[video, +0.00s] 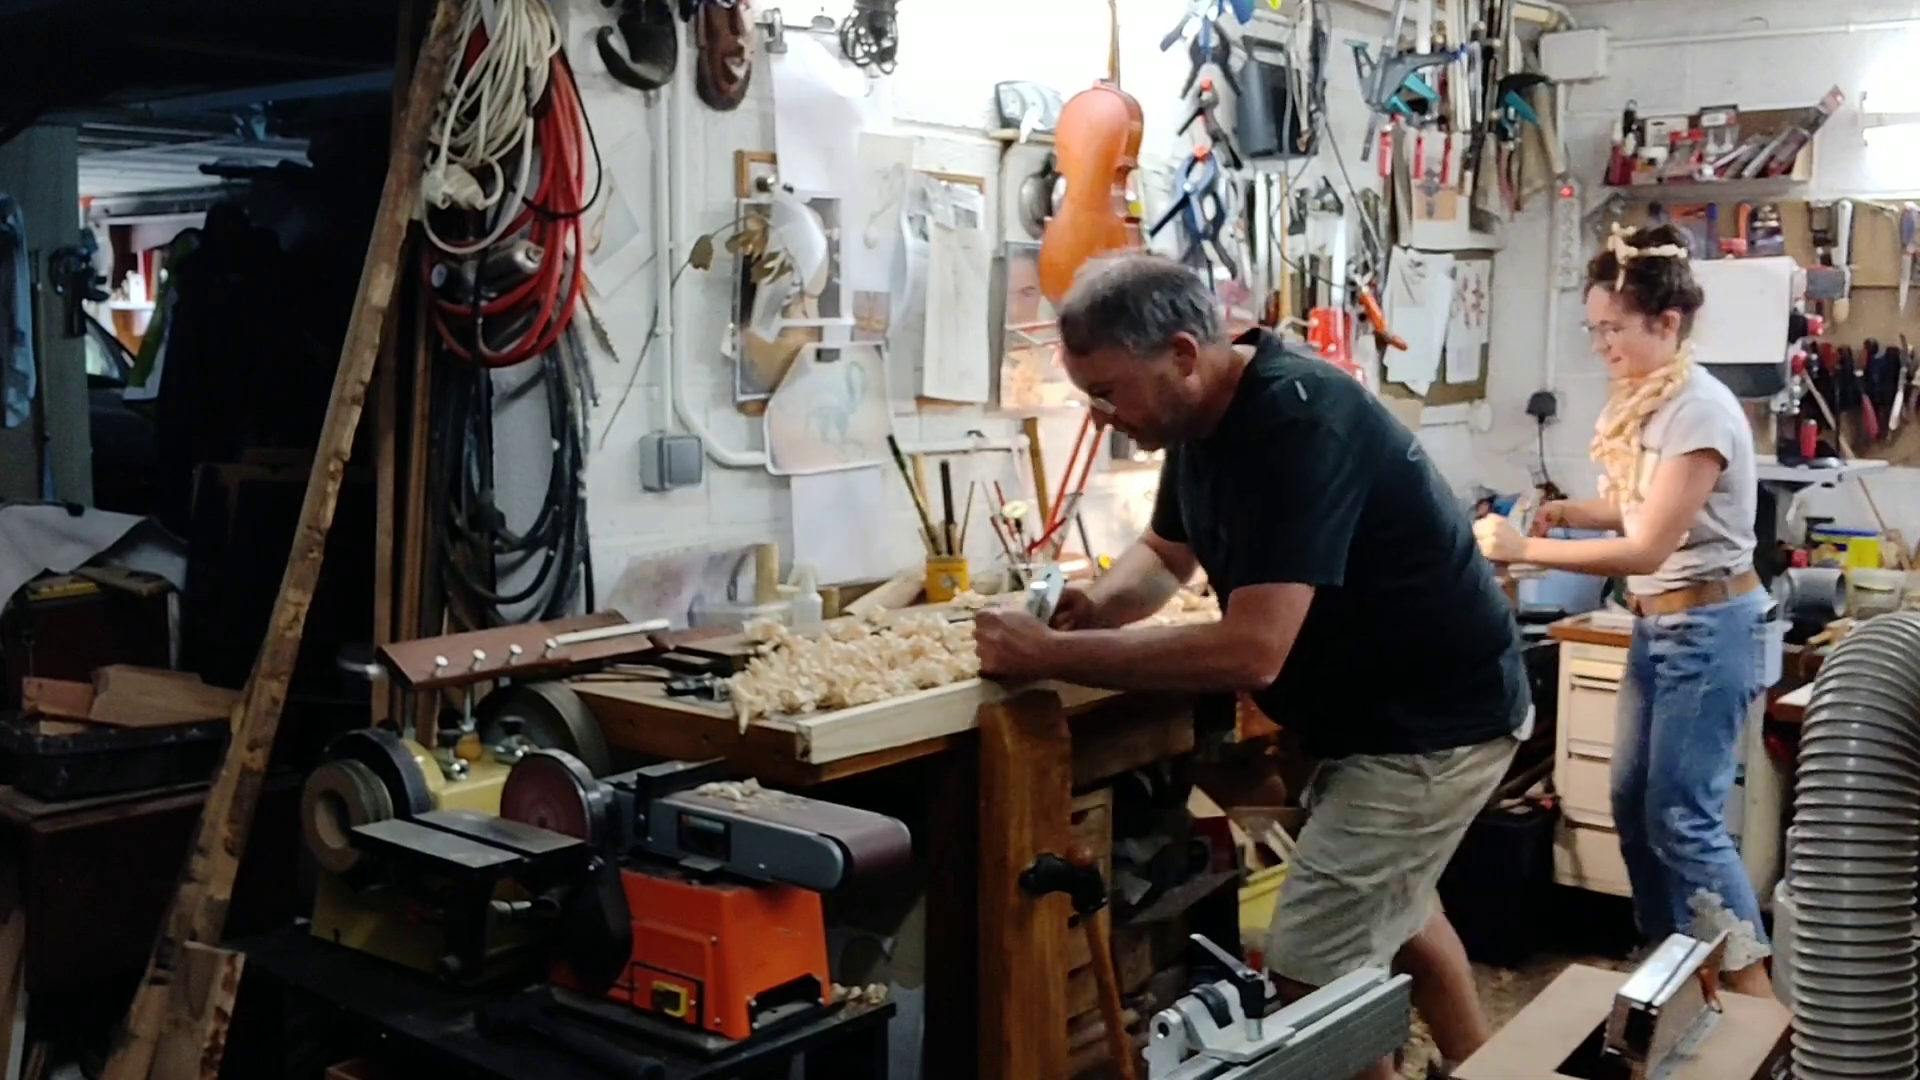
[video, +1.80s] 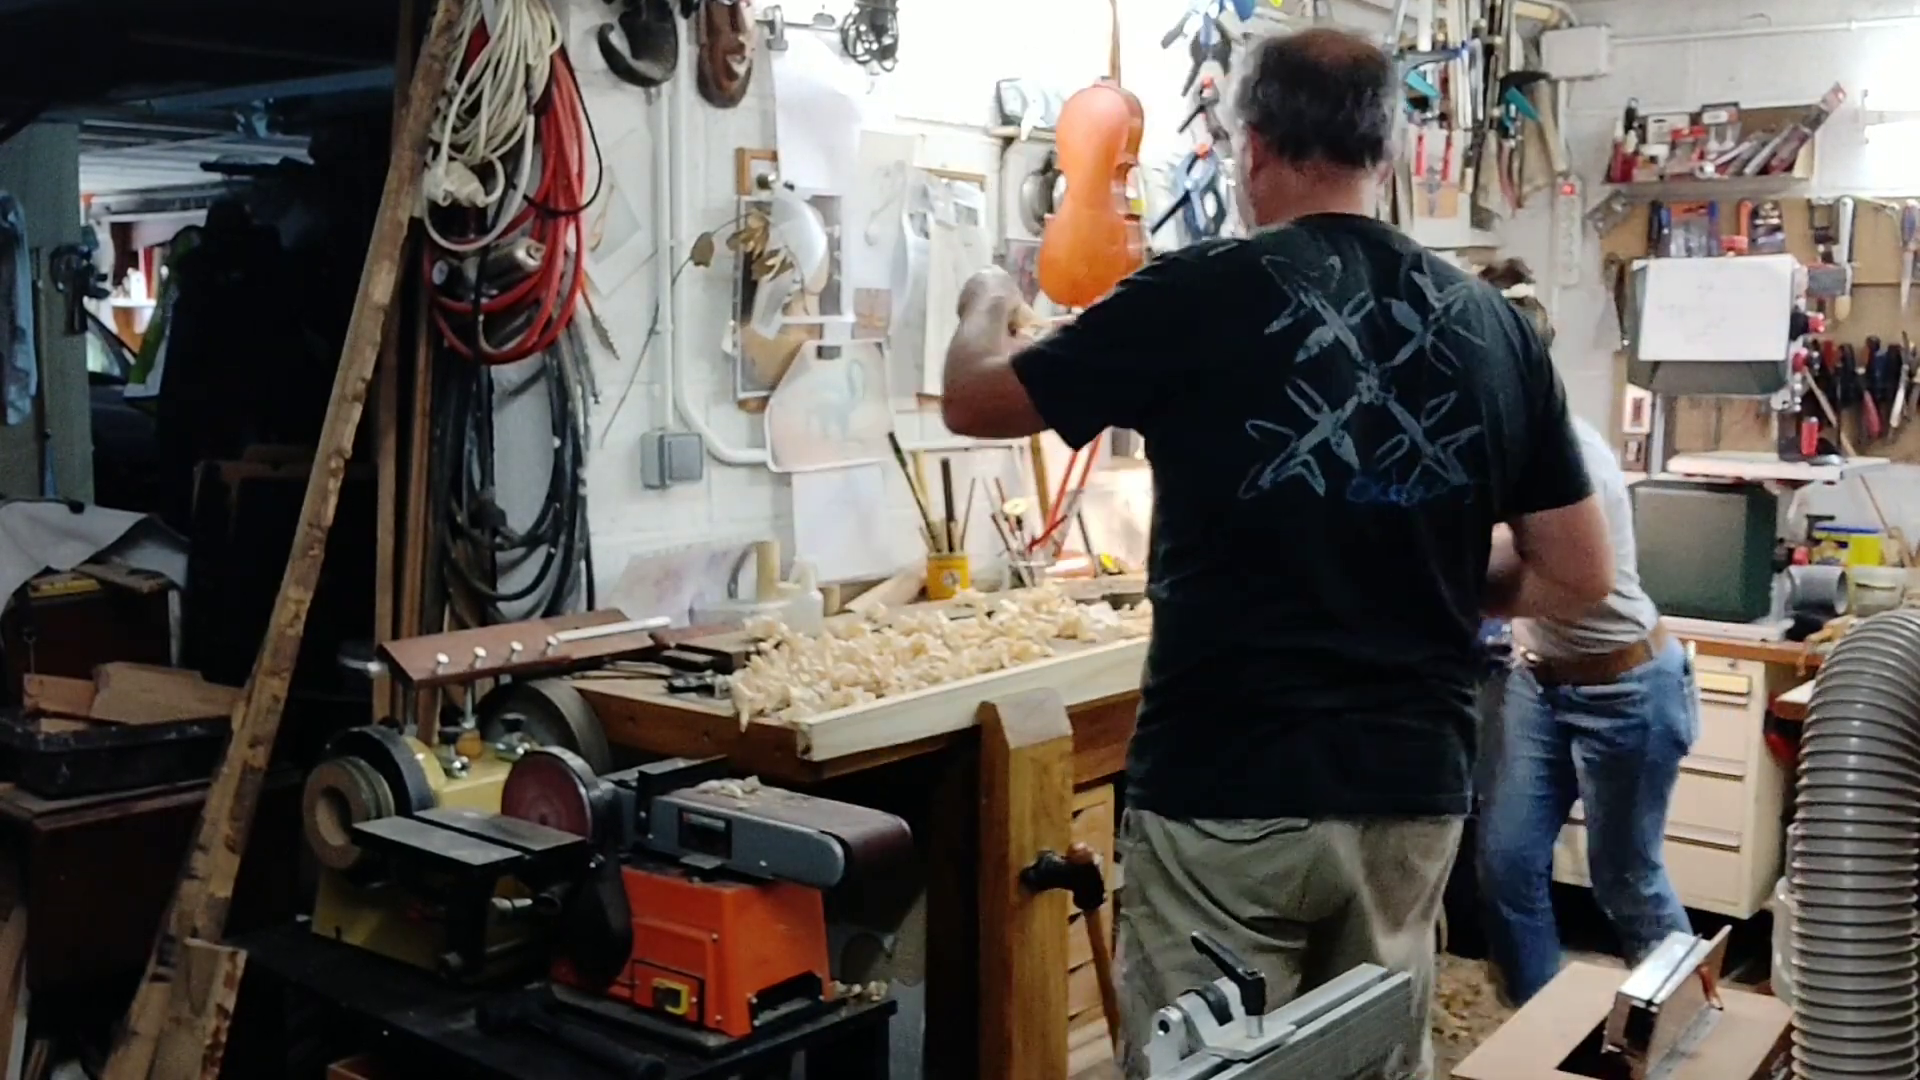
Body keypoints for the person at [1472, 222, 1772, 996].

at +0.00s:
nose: (1600, 345)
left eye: (1610, 328)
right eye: (1594, 330)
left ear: (1666, 321)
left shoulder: (1700, 409)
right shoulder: (1638, 406)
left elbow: (1646, 548)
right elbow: (1631, 510)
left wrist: (1523, 550)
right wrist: (1561, 510)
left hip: (1712, 628)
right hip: (1656, 625)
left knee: (1685, 818)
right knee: (1635, 805)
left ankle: (1749, 982)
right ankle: (1672, 963)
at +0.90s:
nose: (1537, 384)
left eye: (1550, 368)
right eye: (1528, 368)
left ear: (1603, 355)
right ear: (1521, 351)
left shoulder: (1646, 432)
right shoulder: (1561, 419)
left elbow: (1593, 569)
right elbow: (1516, 498)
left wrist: (1473, 559)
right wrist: (1464, 522)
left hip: (1680, 648)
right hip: (1612, 646)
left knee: (1618, 828)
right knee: (1629, 827)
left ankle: (1661, 995)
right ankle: (1689, 975)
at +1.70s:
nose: (1497, 396)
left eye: (1509, 382)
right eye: (1492, 381)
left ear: (1548, 379)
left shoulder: (1596, 453)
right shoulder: (1508, 453)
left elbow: (1536, 563)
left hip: (1646, 693)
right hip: (1559, 687)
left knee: (1612, 883)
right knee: (1533, 869)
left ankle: (1679, 1015)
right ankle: (1607, 1002)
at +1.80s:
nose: (1475, 383)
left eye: (1489, 362)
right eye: (1472, 365)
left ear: (1523, 363)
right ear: (1476, 377)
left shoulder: (1574, 450)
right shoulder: (1493, 455)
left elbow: (1588, 585)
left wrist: (1482, 580)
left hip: (1628, 686)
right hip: (1536, 681)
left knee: (1626, 881)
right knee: (1507, 859)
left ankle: (1687, 1015)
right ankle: (1540, 1024)